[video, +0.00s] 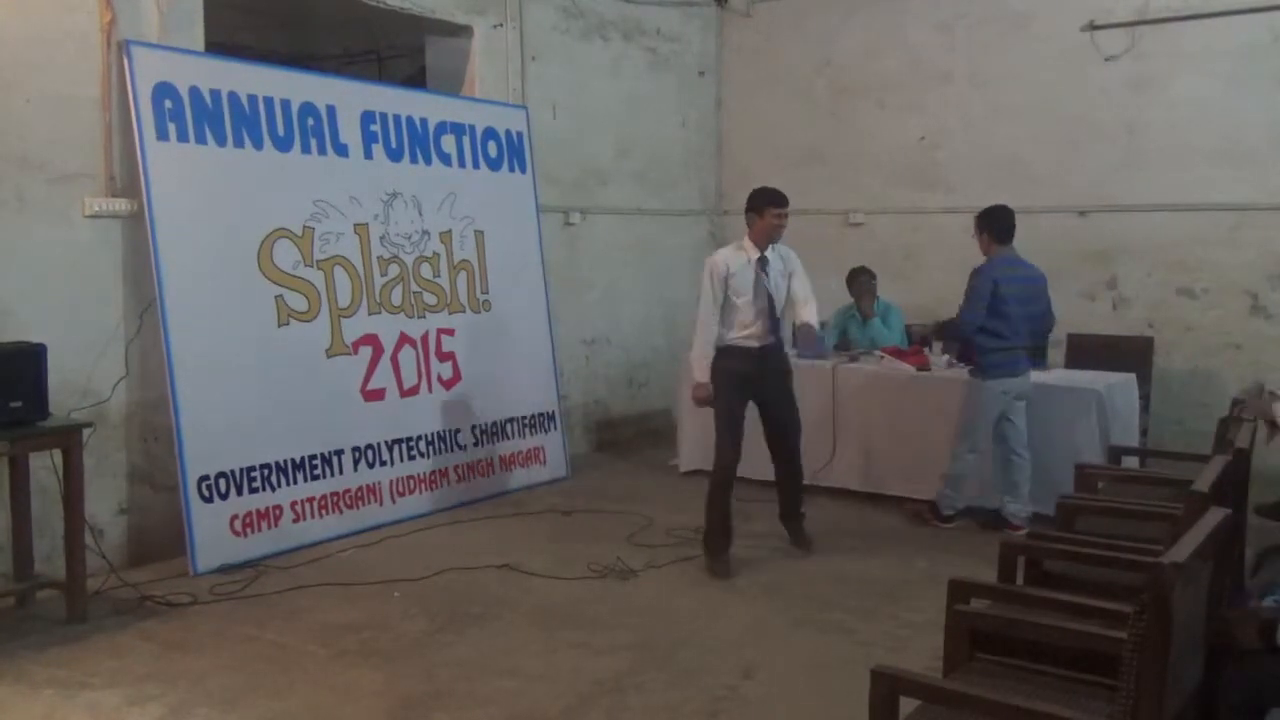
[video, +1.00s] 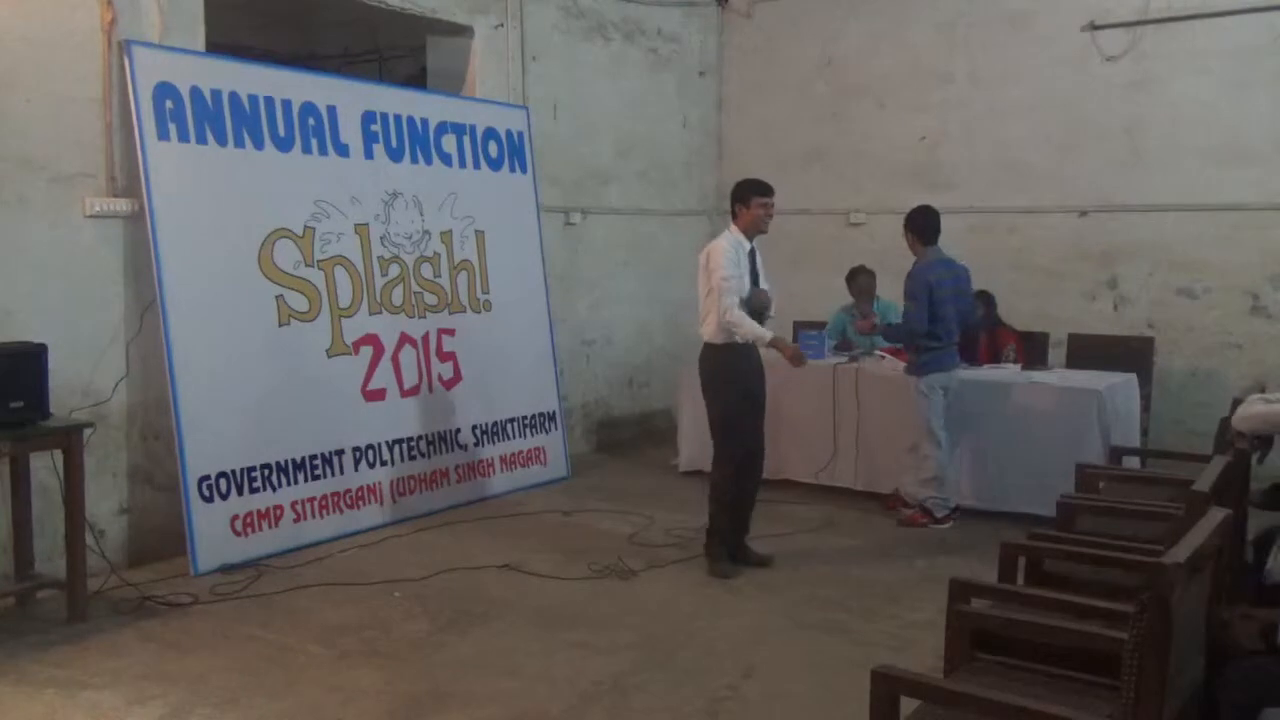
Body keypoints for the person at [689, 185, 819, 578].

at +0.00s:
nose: (783, 225)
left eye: (785, 218)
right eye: (777, 218)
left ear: (781, 222)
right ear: (753, 218)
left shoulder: (787, 259)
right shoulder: (721, 262)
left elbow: (804, 299)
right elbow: (706, 322)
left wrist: (806, 324)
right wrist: (701, 376)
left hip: (772, 362)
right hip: (731, 363)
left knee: (788, 447)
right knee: (727, 457)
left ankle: (793, 521)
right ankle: (716, 549)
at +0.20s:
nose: (770, 217)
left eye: (772, 211)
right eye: (764, 210)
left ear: (765, 214)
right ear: (741, 211)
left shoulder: (770, 252)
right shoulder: (711, 254)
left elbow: (783, 299)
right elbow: (699, 315)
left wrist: (779, 322)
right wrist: (697, 368)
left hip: (757, 356)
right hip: (720, 357)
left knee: (779, 443)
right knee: (717, 456)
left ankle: (752, 499)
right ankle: (716, 547)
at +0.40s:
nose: (764, 216)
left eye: (766, 209)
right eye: (758, 208)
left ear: (760, 212)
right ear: (734, 209)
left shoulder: (760, 249)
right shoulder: (707, 253)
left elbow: (774, 297)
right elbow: (713, 309)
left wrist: (757, 305)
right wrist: (736, 358)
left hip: (748, 351)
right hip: (711, 355)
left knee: (765, 445)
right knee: (715, 454)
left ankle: (723, 511)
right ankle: (714, 550)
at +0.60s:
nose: (763, 214)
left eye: (765, 208)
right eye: (757, 207)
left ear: (758, 212)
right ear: (733, 209)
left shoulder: (754, 252)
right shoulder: (710, 251)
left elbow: (770, 299)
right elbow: (726, 303)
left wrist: (752, 297)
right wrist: (761, 352)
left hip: (743, 358)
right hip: (711, 358)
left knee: (749, 456)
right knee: (713, 458)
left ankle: (738, 544)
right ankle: (715, 550)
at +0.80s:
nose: (766, 213)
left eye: (767, 207)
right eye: (760, 207)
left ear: (757, 211)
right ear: (738, 208)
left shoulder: (750, 249)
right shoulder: (718, 249)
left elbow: (769, 299)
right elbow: (734, 308)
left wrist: (757, 296)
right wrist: (775, 354)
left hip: (742, 356)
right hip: (714, 359)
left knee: (744, 453)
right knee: (716, 455)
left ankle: (736, 543)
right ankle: (716, 551)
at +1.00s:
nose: (770, 214)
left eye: (771, 208)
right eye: (763, 207)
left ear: (760, 212)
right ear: (741, 210)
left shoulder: (752, 251)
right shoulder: (724, 250)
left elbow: (765, 307)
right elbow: (729, 313)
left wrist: (762, 305)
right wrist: (777, 342)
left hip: (746, 354)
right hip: (723, 357)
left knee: (751, 454)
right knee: (731, 454)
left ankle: (737, 542)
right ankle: (718, 547)